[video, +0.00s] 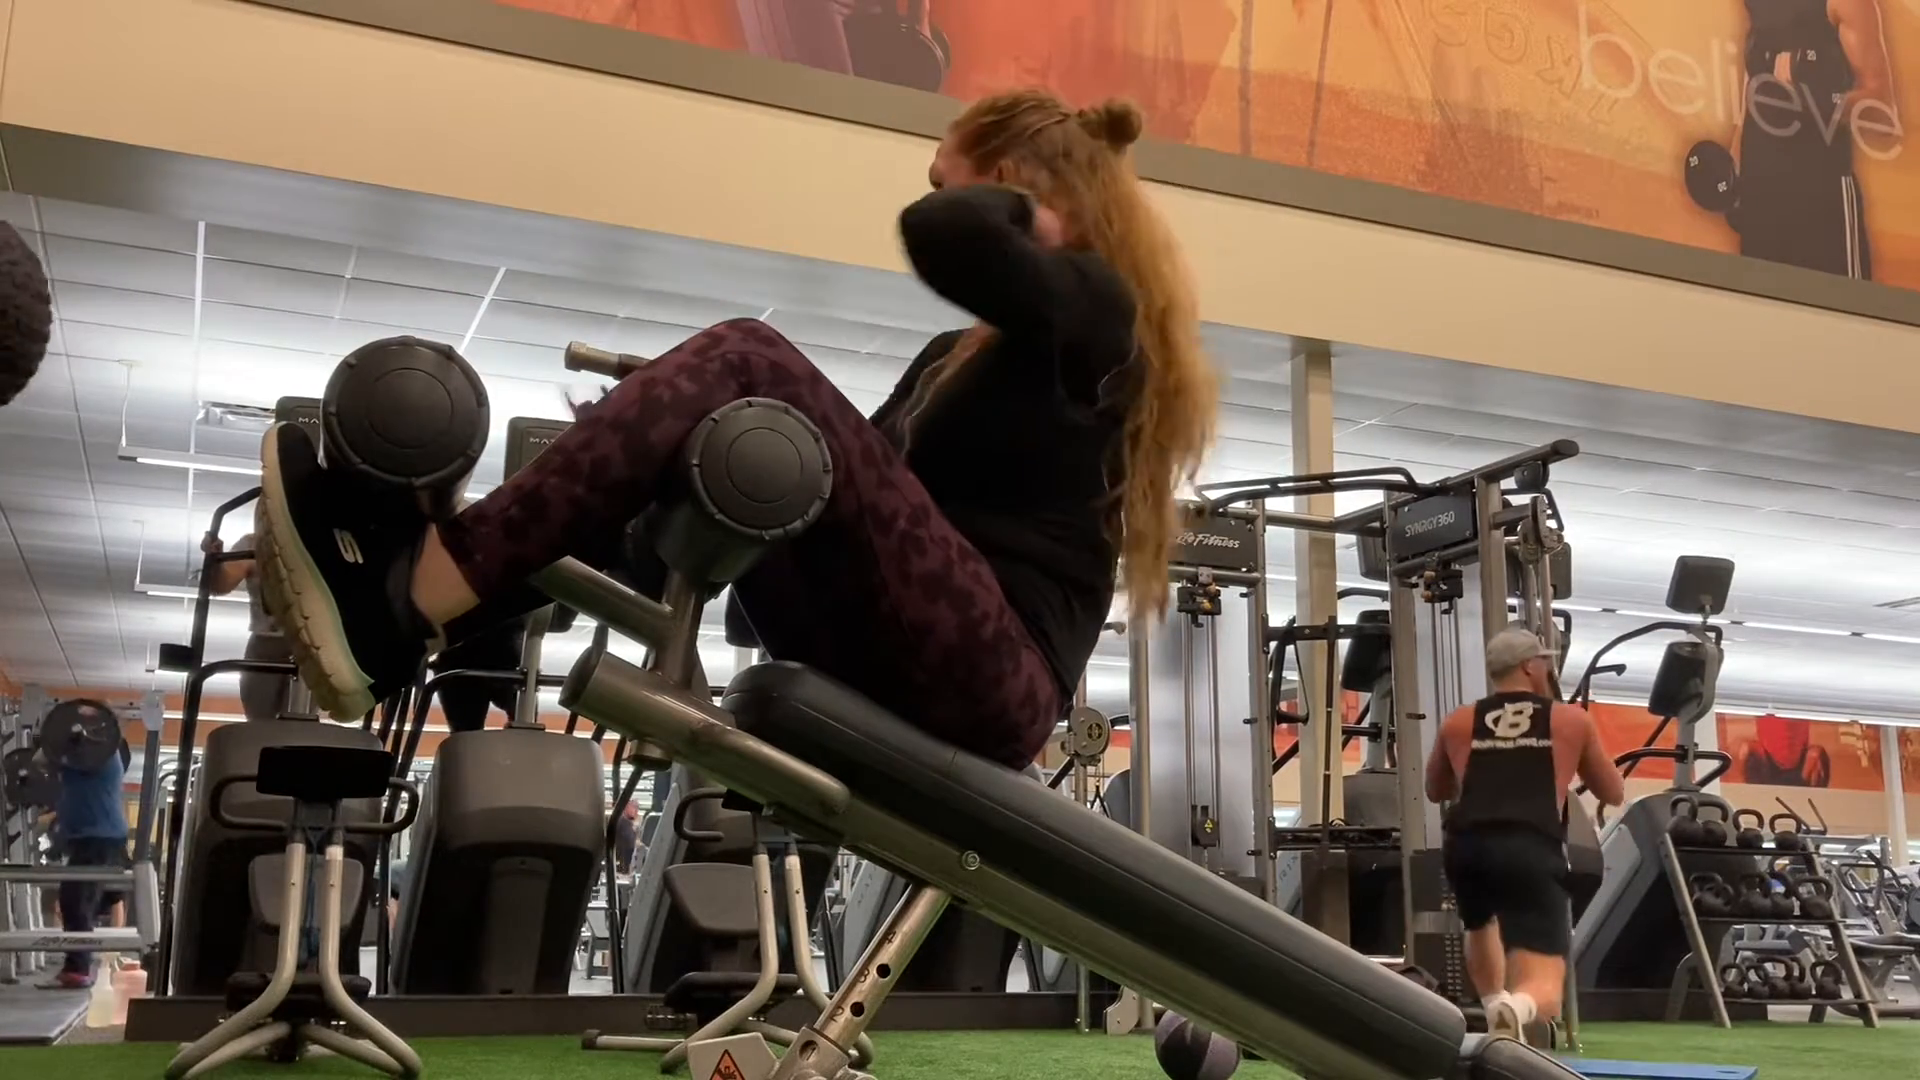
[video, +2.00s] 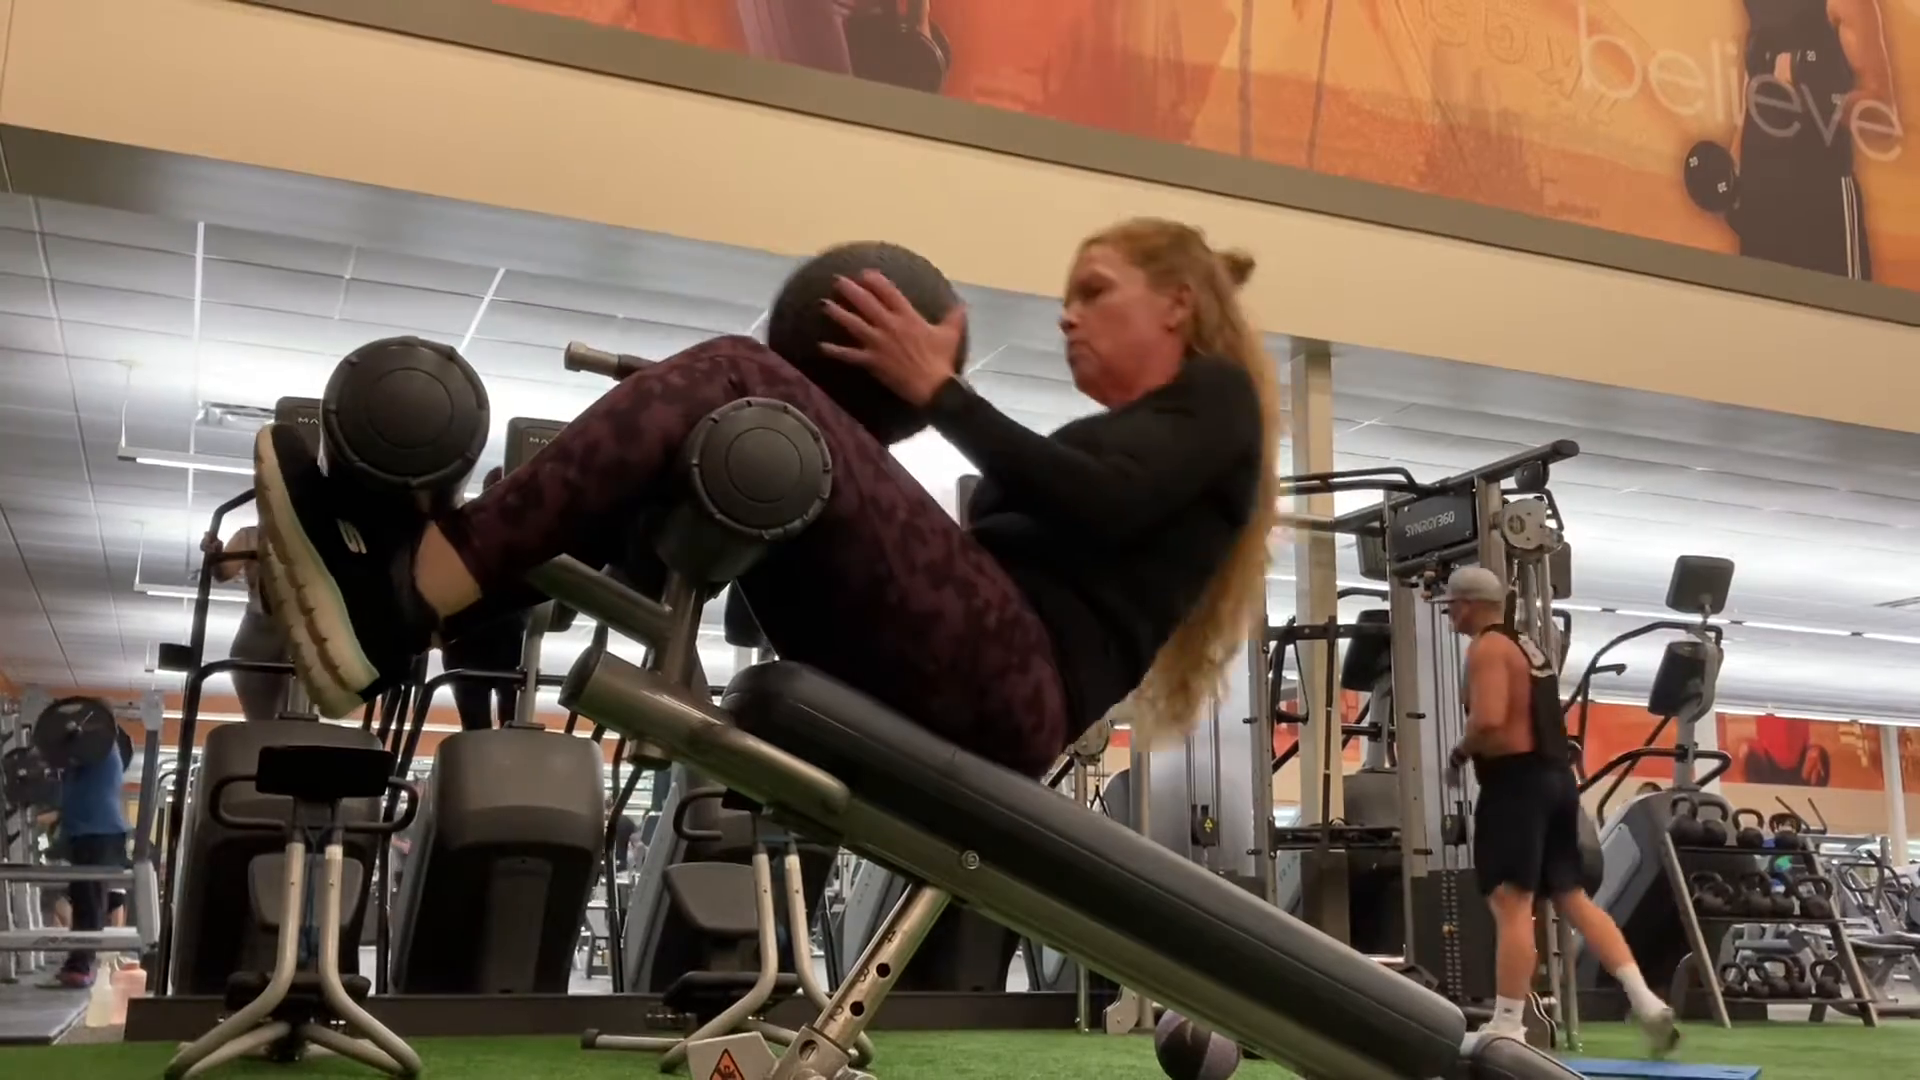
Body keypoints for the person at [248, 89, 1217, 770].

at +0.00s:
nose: (945, 216)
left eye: (964, 202)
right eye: (946, 198)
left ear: (1039, 198)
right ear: (1019, 204)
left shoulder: (1099, 308)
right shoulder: (959, 353)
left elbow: (941, 225)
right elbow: (859, 464)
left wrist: (1018, 239)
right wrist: (662, 401)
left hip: (992, 675)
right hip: (895, 653)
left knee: (752, 358)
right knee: (706, 432)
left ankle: (424, 599)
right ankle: (403, 590)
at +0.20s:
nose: (964, 192)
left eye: (992, 172)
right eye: (967, 174)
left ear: (1063, 201)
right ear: (965, 203)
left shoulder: (1106, 327)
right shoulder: (945, 360)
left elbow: (1047, 300)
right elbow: (829, 476)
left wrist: (1074, 152)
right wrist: (613, 434)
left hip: (993, 682)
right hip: (873, 656)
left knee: (750, 353)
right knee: (701, 433)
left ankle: (426, 598)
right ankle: (394, 595)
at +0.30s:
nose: (1045, 197)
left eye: (1075, 183)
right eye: (1048, 180)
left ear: (1121, 223)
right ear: (1044, 222)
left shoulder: (1109, 309)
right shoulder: (947, 364)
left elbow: (1051, 378)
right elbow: (821, 477)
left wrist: (1002, 209)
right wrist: (606, 420)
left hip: (996, 676)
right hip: (877, 644)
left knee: (755, 355)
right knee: (709, 429)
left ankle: (435, 589)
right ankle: (395, 594)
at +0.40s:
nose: (977, 195)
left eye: (1012, 184)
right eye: (982, 183)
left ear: (1082, 236)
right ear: (980, 233)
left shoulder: (1092, 311)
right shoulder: (964, 360)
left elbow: (1036, 440)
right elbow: (833, 467)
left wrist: (919, 270)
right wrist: (621, 384)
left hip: (991, 677)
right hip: (890, 653)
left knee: (752, 355)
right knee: (702, 429)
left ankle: (431, 592)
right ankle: (402, 587)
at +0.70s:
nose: (939, 205)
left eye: (971, 187)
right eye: (946, 188)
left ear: (1051, 217)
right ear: (1007, 224)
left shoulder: (1073, 302)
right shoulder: (961, 374)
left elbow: (959, 372)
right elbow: (826, 463)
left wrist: (744, 244)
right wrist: (635, 409)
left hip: (995, 677)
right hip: (906, 661)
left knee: (755, 363)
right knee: (725, 396)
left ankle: (420, 603)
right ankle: (405, 599)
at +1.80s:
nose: (987, 246)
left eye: (1015, 224)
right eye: (989, 227)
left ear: (1095, 241)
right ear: (1053, 249)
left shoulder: (1120, 336)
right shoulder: (1049, 371)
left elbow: (975, 443)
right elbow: (934, 479)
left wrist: (826, 332)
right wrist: (793, 345)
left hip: (1001, 676)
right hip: (934, 655)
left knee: (743, 366)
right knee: (728, 374)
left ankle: (419, 597)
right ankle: (410, 592)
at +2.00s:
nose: (1068, 327)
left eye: (1091, 302)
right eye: (1070, 307)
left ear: (1176, 308)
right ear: (1128, 324)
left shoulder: (1216, 397)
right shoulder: (1121, 432)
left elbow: (1097, 497)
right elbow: (997, 542)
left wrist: (946, 396)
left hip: (1016, 677)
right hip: (958, 659)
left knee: (755, 381)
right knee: (747, 399)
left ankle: (421, 594)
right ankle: (422, 571)